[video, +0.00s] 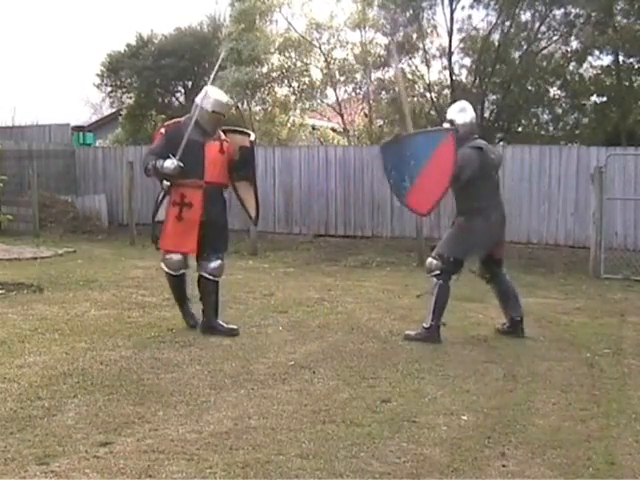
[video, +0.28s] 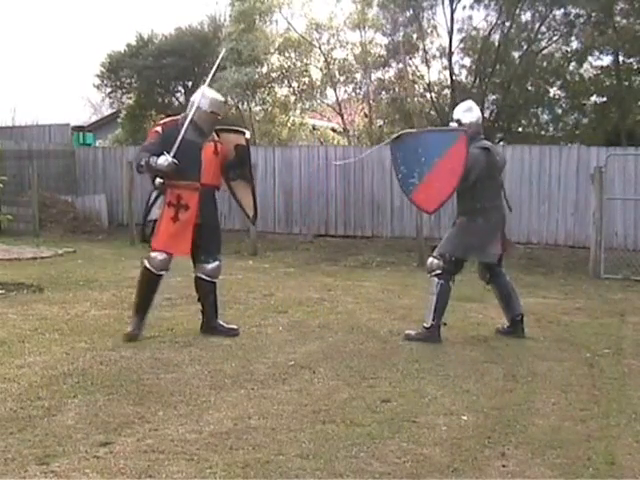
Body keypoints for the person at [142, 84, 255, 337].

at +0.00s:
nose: (217, 120)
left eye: (221, 115)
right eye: (213, 114)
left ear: (223, 115)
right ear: (199, 108)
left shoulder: (223, 140)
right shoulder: (174, 131)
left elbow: (237, 176)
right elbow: (148, 161)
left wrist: (247, 151)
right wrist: (160, 166)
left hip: (213, 203)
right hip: (181, 202)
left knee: (212, 263)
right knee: (174, 259)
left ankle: (210, 319)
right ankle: (184, 308)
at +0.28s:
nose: (215, 119)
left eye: (217, 115)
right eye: (211, 113)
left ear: (217, 115)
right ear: (196, 108)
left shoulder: (216, 141)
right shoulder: (168, 130)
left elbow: (230, 174)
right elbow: (141, 159)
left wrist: (240, 155)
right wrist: (155, 162)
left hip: (205, 206)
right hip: (173, 204)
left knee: (209, 266)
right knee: (158, 259)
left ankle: (210, 321)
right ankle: (138, 320)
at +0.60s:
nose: (183, 120)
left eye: (187, 116)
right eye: (180, 114)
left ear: (189, 116)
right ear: (166, 110)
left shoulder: (189, 142)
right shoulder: (145, 135)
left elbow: (204, 174)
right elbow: (123, 165)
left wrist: (224, 157)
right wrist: (145, 169)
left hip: (185, 210)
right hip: (152, 209)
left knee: (200, 268)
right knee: (140, 265)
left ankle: (209, 321)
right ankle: (126, 324)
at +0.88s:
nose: (171, 121)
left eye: (175, 116)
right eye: (167, 115)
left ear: (177, 116)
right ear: (154, 110)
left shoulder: (176, 140)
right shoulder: (131, 136)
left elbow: (188, 173)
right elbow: (113, 167)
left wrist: (208, 154)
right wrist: (132, 176)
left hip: (176, 208)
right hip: (144, 209)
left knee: (197, 265)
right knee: (138, 266)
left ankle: (204, 320)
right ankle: (126, 325)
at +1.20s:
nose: (190, 119)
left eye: (191, 115)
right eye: (185, 114)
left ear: (191, 114)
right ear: (168, 111)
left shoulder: (189, 141)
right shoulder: (145, 137)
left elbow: (199, 174)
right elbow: (127, 170)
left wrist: (219, 155)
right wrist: (148, 181)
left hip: (190, 208)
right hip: (158, 209)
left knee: (204, 266)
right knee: (148, 266)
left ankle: (201, 322)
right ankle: (126, 324)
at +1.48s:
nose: (202, 119)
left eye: (204, 114)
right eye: (198, 113)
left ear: (205, 113)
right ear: (182, 109)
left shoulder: (205, 139)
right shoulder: (159, 136)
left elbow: (215, 171)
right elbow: (144, 167)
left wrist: (235, 154)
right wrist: (165, 177)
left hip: (205, 208)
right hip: (173, 207)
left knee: (210, 265)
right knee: (170, 261)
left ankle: (201, 321)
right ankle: (140, 320)